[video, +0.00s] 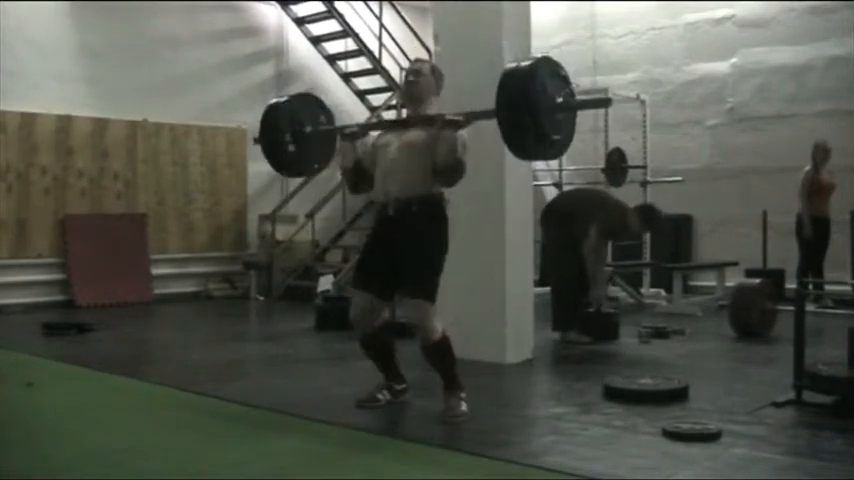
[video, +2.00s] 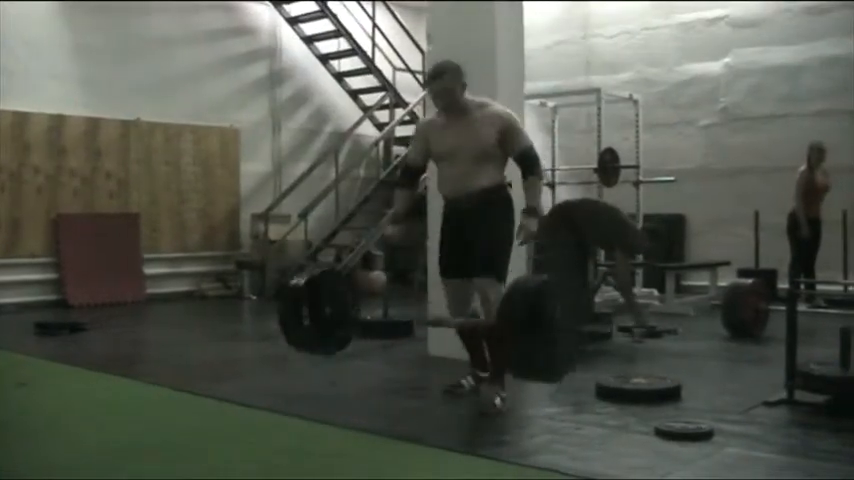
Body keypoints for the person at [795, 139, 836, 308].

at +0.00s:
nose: (825, 157)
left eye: (826, 154)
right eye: (822, 154)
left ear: (828, 156)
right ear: (814, 154)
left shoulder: (826, 174)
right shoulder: (809, 174)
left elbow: (824, 198)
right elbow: (803, 199)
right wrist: (806, 223)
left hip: (822, 219)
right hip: (808, 219)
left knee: (818, 258)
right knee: (806, 258)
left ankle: (819, 293)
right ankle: (802, 292)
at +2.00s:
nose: (820, 158)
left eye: (822, 155)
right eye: (817, 154)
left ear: (823, 156)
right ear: (810, 155)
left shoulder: (822, 173)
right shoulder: (805, 173)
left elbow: (819, 196)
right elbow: (799, 200)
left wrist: (825, 187)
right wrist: (803, 224)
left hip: (813, 219)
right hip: (800, 218)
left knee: (810, 259)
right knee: (798, 258)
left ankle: (811, 294)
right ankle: (794, 293)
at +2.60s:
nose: (814, 158)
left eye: (816, 155)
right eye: (812, 154)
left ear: (819, 156)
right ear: (806, 154)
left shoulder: (819, 173)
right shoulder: (801, 173)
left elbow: (818, 195)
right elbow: (794, 196)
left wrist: (823, 187)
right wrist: (801, 212)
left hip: (815, 219)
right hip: (800, 219)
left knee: (811, 259)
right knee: (799, 258)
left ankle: (812, 294)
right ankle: (794, 293)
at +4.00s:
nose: (817, 161)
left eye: (819, 157)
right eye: (814, 157)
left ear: (820, 158)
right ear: (806, 156)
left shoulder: (819, 174)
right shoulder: (797, 174)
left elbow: (820, 198)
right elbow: (791, 199)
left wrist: (824, 191)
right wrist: (814, 191)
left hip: (818, 219)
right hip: (802, 218)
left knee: (812, 260)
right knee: (800, 258)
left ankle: (812, 295)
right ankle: (793, 294)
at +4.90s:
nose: (820, 159)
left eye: (822, 155)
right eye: (818, 154)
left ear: (822, 156)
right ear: (809, 153)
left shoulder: (813, 173)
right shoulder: (798, 171)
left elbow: (811, 197)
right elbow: (792, 196)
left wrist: (823, 192)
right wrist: (815, 192)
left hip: (817, 217)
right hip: (802, 218)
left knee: (814, 258)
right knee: (801, 257)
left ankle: (812, 294)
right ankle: (794, 292)